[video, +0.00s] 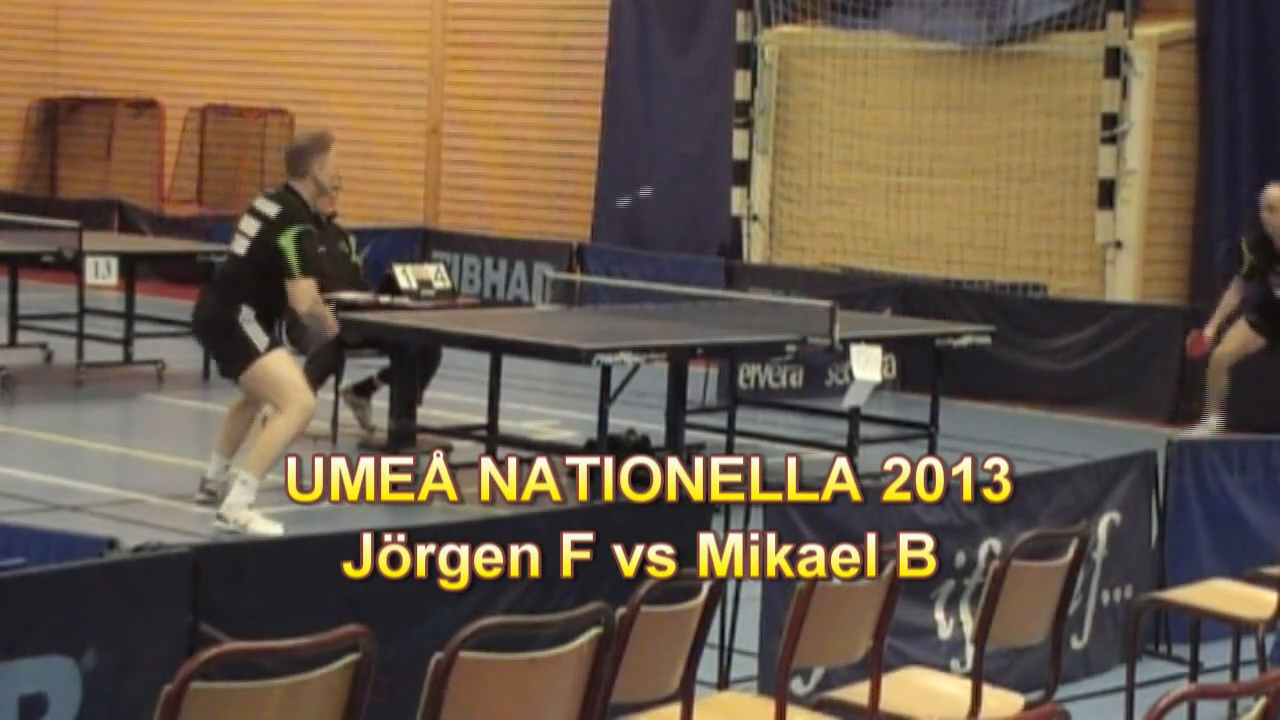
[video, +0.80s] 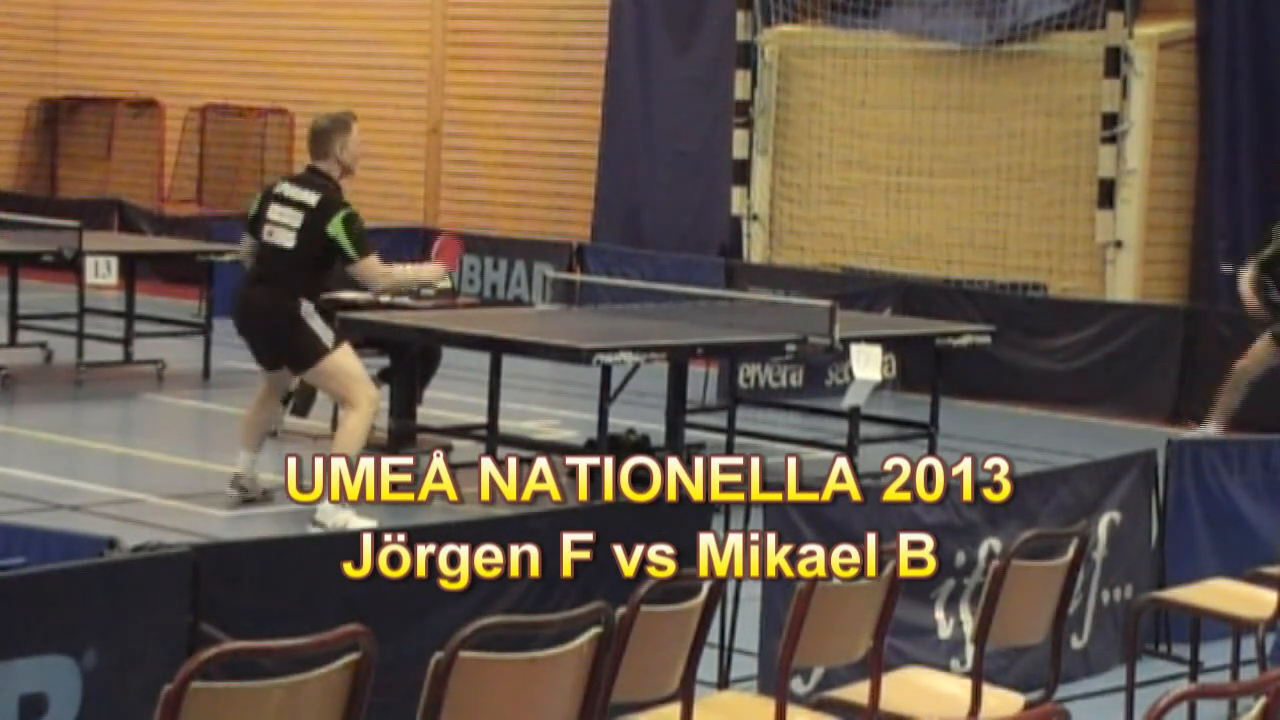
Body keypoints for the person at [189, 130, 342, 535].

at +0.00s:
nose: (336, 172)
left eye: (334, 163)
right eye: (331, 164)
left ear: (298, 169)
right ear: (314, 169)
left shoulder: (267, 201)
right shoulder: (295, 221)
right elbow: (304, 302)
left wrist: (308, 303)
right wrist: (325, 319)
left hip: (216, 310)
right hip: (236, 317)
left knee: (255, 395)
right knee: (299, 403)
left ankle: (215, 477)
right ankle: (237, 503)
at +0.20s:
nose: (352, 168)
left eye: (350, 160)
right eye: (349, 160)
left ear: (310, 161)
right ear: (335, 164)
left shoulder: (272, 189)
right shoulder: (320, 212)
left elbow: (269, 251)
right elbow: (353, 276)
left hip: (209, 294)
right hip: (243, 303)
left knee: (235, 390)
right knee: (295, 404)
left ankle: (220, 480)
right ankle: (236, 506)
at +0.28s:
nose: (352, 160)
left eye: (351, 153)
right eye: (350, 153)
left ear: (308, 153)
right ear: (339, 158)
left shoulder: (268, 182)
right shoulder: (330, 210)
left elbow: (221, 235)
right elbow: (375, 273)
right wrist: (387, 263)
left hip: (208, 281)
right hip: (243, 293)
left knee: (233, 388)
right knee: (291, 402)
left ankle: (220, 478)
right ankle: (236, 505)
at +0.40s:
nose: (351, 149)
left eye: (350, 142)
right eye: (348, 142)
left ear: (305, 145)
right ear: (336, 147)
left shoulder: (264, 174)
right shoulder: (335, 201)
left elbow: (208, 218)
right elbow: (400, 236)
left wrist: (219, 256)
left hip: (214, 281)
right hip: (253, 289)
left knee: (233, 384)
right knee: (301, 393)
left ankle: (217, 480)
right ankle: (245, 492)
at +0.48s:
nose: (352, 143)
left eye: (351, 135)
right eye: (348, 136)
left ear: (305, 141)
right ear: (334, 142)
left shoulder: (263, 173)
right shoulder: (335, 198)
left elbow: (205, 215)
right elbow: (403, 233)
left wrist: (202, 257)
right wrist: (464, 211)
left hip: (219, 282)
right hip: (261, 291)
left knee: (238, 383)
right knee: (320, 389)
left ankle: (216, 481)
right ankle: (270, 486)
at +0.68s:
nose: (357, 143)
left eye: (355, 135)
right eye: (352, 136)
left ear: (313, 143)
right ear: (337, 143)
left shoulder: (272, 181)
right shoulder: (336, 203)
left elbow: (229, 232)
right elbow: (386, 259)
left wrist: (242, 271)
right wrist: (434, 246)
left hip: (244, 294)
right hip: (284, 301)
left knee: (265, 380)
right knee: (352, 395)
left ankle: (227, 468)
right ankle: (334, 503)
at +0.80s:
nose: (360, 149)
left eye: (358, 142)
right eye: (356, 142)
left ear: (317, 149)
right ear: (340, 150)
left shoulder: (277, 188)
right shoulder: (334, 209)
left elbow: (249, 249)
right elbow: (376, 276)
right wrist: (423, 272)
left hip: (251, 303)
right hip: (289, 311)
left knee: (278, 383)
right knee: (362, 397)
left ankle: (245, 472)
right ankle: (333, 503)